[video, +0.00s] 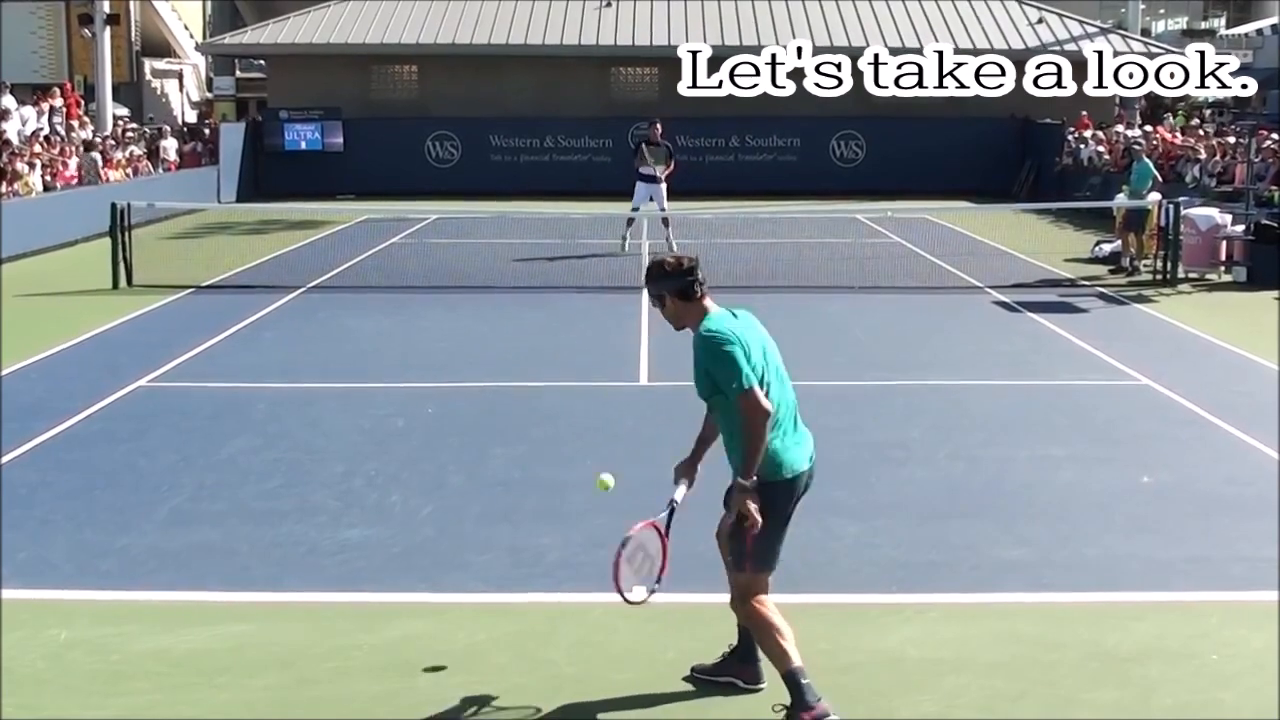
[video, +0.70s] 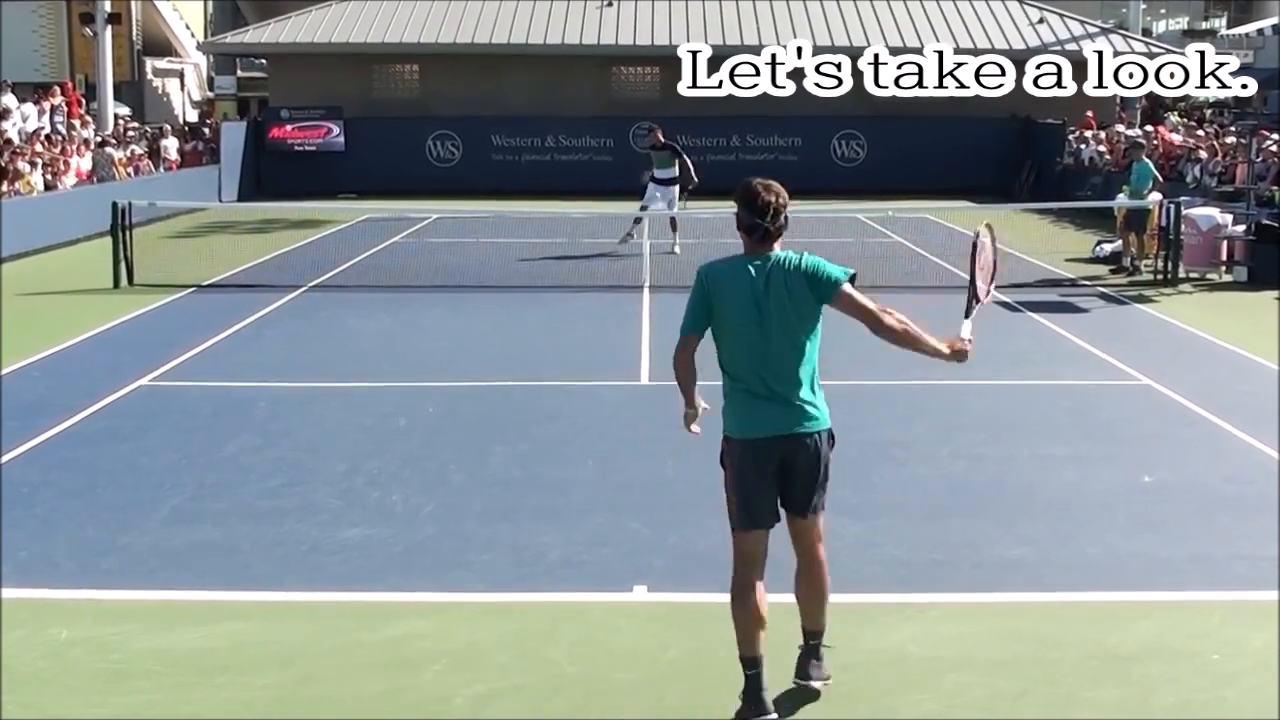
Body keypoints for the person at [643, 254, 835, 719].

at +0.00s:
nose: (660, 313)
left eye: (660, 303)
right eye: (657, 305)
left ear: (680, 298)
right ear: (693, 292)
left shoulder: (715, 339)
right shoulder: (731, 320)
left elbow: (757, 410)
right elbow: (722, 403)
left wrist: (744, 485)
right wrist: (694, 458)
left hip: (776, 473)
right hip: (787, 459)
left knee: (748, 596)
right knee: (728, 539)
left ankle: (806, 699)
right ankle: (745, 659)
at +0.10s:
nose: (671, 299)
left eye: (670, 289)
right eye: (667, 290)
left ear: (684, 284)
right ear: (710, 275)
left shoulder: (706, 329)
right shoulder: (761, 304)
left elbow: (731, 410)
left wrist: (717, 486)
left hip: (759, 469)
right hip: (794, 459)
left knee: (749, 587)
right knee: (746, 563)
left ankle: (806, 686)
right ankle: (746, 657)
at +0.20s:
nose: (678, 275)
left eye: (678, 266)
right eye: (677, 266)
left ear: (690, 266)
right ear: (722, 258)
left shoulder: (708, 310)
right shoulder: (772, 286)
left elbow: (714, 387)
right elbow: (829, 289)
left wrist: (686, 460)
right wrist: (866, 272)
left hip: (751, 458)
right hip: (790, 448)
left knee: (734, 574)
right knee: (751, 550)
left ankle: (798, 677)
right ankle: (746, 658)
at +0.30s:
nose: (690, 256)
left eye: (689, 249)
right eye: (692, 247)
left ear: (696, 252)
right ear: (735, 244)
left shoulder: (712, 299)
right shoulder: (781, 274)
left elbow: (702, 372)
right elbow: (850, 261)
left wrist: (662, 441)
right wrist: (913, 230)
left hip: (748, 453)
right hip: (792, 445)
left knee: (722, 563)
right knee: (758, 546)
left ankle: (789, 676)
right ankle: (750, 656)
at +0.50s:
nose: (721, 256)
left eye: (719, 250)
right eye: (743, 248)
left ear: (717, 256)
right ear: (762, 253)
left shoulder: (700, 314)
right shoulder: (794, 295)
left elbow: (661, 387)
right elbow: (876, 293)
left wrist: (617, 454)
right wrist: (954, 267)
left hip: (747, 466)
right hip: (804, 459)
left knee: (742, 579)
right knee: (780, 562)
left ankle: (778, 695)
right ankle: (752, 658)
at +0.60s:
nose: (735, 249)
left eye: (731, 241)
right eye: (758, 241)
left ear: (728, 246)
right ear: (773, 245)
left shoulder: (706, 301)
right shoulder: (800, 290)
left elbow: (668, 375)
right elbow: (882, 309)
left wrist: (635, 440)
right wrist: (960, 306)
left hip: (746, 461)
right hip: (806, 452)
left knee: (756, 580)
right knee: (792, 561)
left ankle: (780, 698)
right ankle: (770, 655)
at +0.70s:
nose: (752, 227)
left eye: (744, 218)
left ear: (740, 225)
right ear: (784, 225)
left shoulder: (713, 277)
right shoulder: (809, 270)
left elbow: (683, 354)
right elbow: (881, 320)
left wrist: (689, 399)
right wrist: (943, 349)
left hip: (747, 439)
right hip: (806, 433)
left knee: (748, 566)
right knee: (810, 549)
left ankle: (755, 694)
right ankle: (812, 661)